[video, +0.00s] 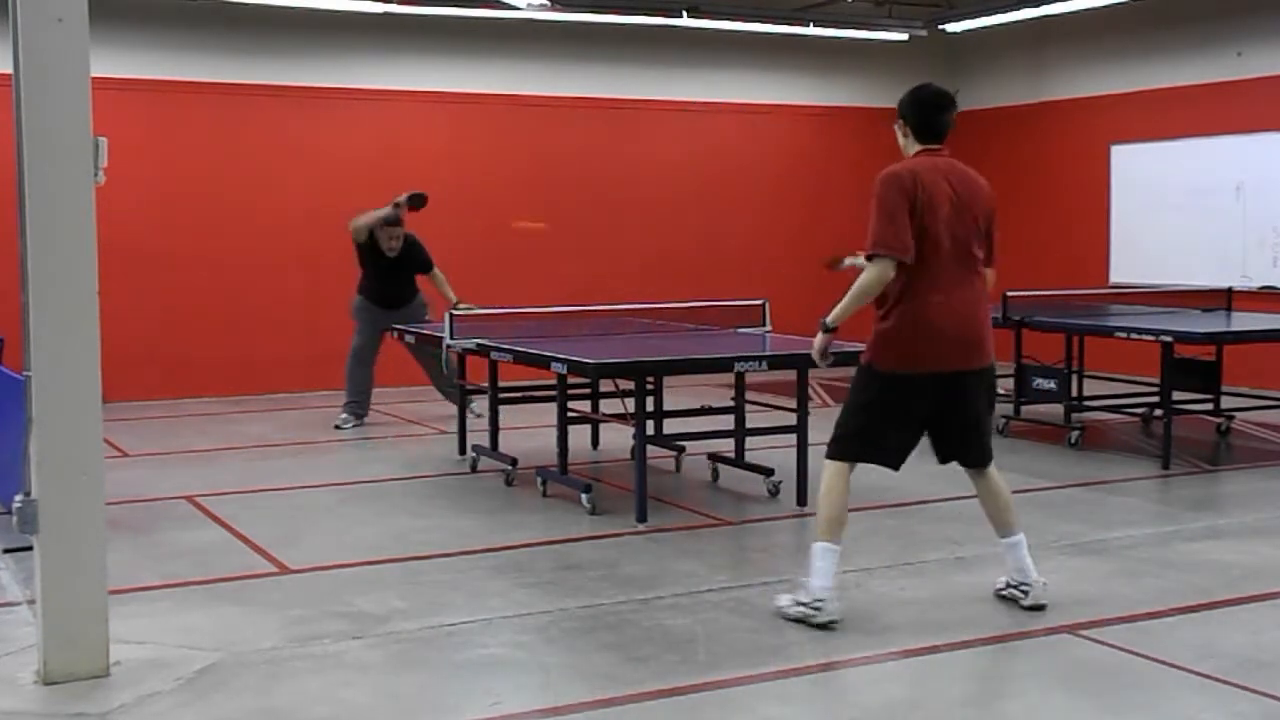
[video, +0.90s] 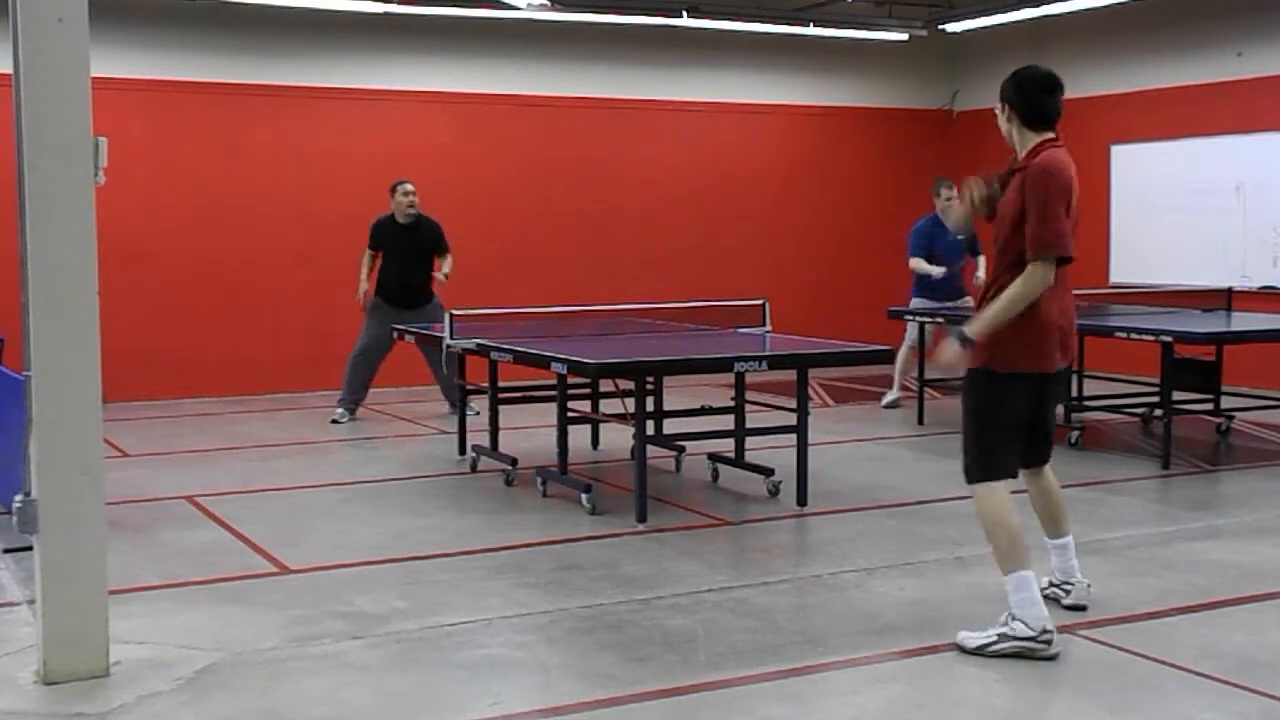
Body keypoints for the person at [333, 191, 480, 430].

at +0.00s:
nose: (393, 244)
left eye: (398, 238)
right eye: (389, 238)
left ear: (403, 235)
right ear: (377, 236)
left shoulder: (411, 246)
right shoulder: (366, 245)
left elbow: (433, 273)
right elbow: (356, 227)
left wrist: (455, 301)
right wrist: (391, 210)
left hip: (409, 309)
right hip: (372, 309)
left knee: (434, 355)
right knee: (361, 353)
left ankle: (464, 400)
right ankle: (354, 411)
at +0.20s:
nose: (415, 229)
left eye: (419, 224)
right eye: (411, 223)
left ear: (422, 222)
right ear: (397, 220)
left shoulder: (423, 241)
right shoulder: (380, 228)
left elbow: (433, 276)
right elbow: (345, 226)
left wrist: (445, 307)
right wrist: (370, 216)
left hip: (405, 305)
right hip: (370, 303)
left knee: (424, 353)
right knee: (358, 352)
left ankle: (446, 400)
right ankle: (354, 411)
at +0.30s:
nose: (426, 224)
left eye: (430, 219)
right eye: (421, 218)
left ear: (433, 218)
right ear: (410, 215)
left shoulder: (433, 241)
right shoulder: (391, 227)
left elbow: (437, 279)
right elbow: (351, 235)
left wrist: (444, 311)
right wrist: (355, 237)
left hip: (412, 308)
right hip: (376, 305)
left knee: (428, 356)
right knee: (361, 354)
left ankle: (446, 402)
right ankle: (354, 410)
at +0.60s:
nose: (431, 204)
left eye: (435, 200)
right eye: (426, 199)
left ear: (439, 201)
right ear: (414, 200)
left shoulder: (443, 228)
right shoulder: (394, 220)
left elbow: (452, 261)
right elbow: (367, 239)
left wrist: (457, 292)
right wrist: (365, 268)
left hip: (422, 303)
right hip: (386, 300)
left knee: (435, 354)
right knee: (369, 351)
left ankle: (447, 402)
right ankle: (352, 405)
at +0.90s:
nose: (411, 199)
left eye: (414, 195)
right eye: (405, 195)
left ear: (418, 199)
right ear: (393, 200)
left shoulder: (430, 228)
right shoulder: (382, 226)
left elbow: (445, 256)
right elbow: (370, 255)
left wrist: (444, 272)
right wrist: (363, 281)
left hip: (424, 307)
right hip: (386, 307)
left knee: (444, 355)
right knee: (365, 353)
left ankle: (459, 403)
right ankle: (347, 406)